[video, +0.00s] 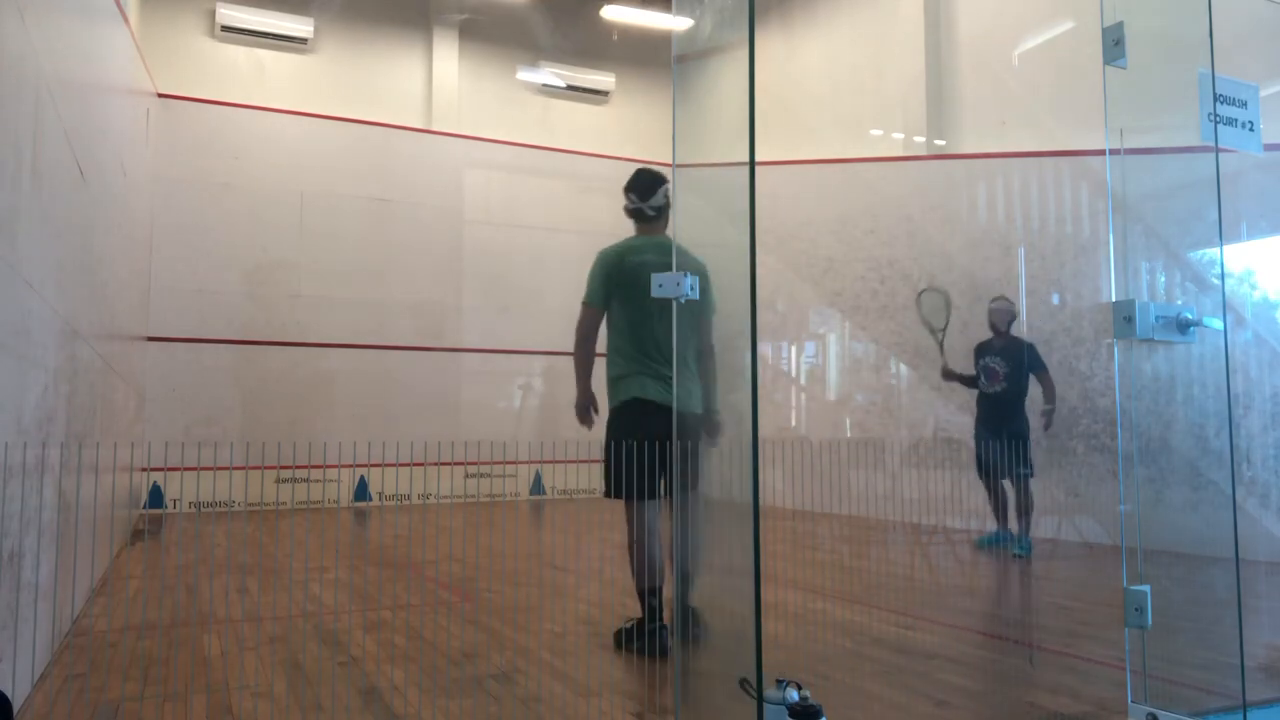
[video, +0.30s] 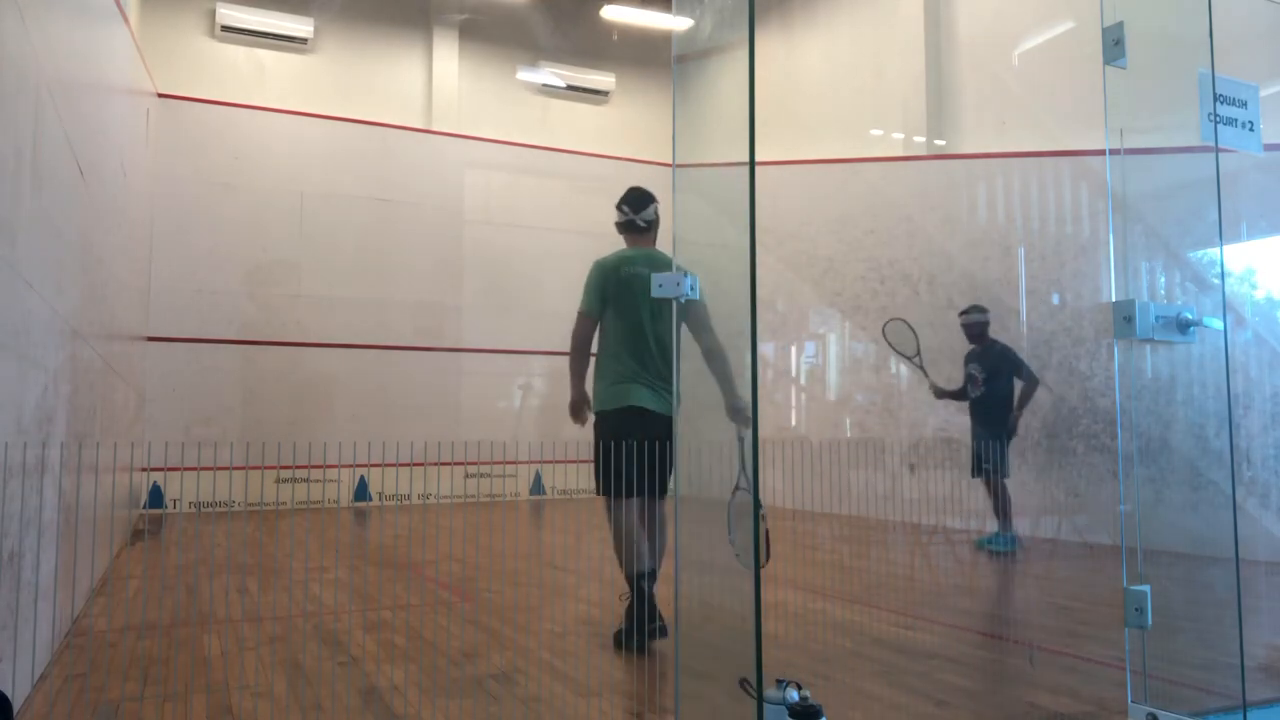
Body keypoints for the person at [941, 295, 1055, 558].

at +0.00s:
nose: (997, 317)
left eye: (1002, 312)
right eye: (993, 312)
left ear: (1012, 316)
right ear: (988, 316)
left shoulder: (1023, 348)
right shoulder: (982, 349)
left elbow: (1045, 380)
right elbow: (981, 382)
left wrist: (1049, 408)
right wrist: (955, 377)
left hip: (1013, 421)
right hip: (986, 422)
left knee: (1019, 479)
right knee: (990, 479)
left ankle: (1023, 538)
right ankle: (1002, 531)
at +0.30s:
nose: (967, 332)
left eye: (971, 326)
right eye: (964, 327)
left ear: (984, 325)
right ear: (964, 328)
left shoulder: (1001, 352)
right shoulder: (971, 357)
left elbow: (1032, 380)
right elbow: (969, 392)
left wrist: (1016, 413)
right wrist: (945, 393)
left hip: (997, 425)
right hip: (980, 425)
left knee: (994, 479)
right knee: (988, 480)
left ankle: (1007, 533)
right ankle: (1003, 531)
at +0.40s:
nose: (962, 333)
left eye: (966, 327)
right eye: (959, 328)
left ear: (978, 327)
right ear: (959, 329)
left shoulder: (996, 353)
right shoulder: (965, 358)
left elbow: (1024, 382)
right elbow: (960, 391)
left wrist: (1009, 413)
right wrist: (939, 400)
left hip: (992, 425)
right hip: (975, 425)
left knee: (972, 472)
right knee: (989, 477)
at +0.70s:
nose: (944, 337)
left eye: (949, 332)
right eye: (942, 332)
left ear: (962, 332)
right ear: (940, 333)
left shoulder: (975, 358)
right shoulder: (941, 361)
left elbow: (992, 394)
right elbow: (927, 391)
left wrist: (973, 414)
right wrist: (910, 416)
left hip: (962, 429)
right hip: (947, 429)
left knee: (939, 479)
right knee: (968, 480)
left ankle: (940, 530)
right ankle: (1001, 528)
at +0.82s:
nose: (935, 336)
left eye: (939, 331)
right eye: (933, 331)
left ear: (952, 331)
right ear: (932, 332)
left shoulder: (965, 358)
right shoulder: (932, 358)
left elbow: (983, 395)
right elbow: (925, 390)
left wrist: (965, 416)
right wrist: (909, 413)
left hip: (955, 426)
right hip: (935, 425)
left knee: (942, 477)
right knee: (944, 479)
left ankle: (939, 529)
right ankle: (990, 520)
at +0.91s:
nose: (927, 336)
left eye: (931, 331)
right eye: (924, 332)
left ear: (943, 331)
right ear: (922, 332)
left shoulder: (956, 358)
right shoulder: (924, 357)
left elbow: (974, 394)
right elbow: (920, 389)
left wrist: (959, 418)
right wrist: (905, 415)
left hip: (948, 428)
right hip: (928, 428)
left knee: (938, 478)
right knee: (923, 477)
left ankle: (940, 530)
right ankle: (971, 510)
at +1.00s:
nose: (917, 337)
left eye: (921, 332)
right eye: (914, 332)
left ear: (934, 331)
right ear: (913, 333)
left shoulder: (949, 357)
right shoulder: (917, 358)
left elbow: (968, 392)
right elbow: (912, 390)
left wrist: (954, 419)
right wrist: (896, 415)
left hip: (943, 427)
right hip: (922, 426)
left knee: (937, 478)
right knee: (906, 471)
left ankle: (941, 529)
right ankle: (947, 512)